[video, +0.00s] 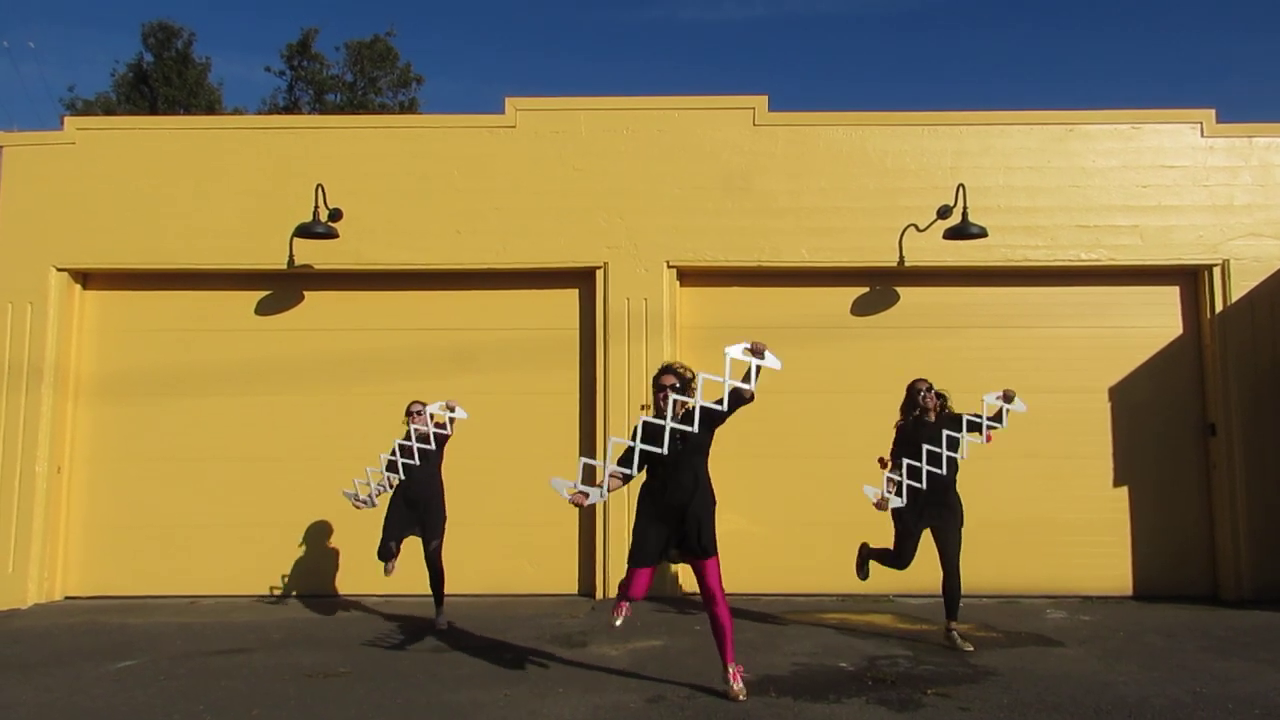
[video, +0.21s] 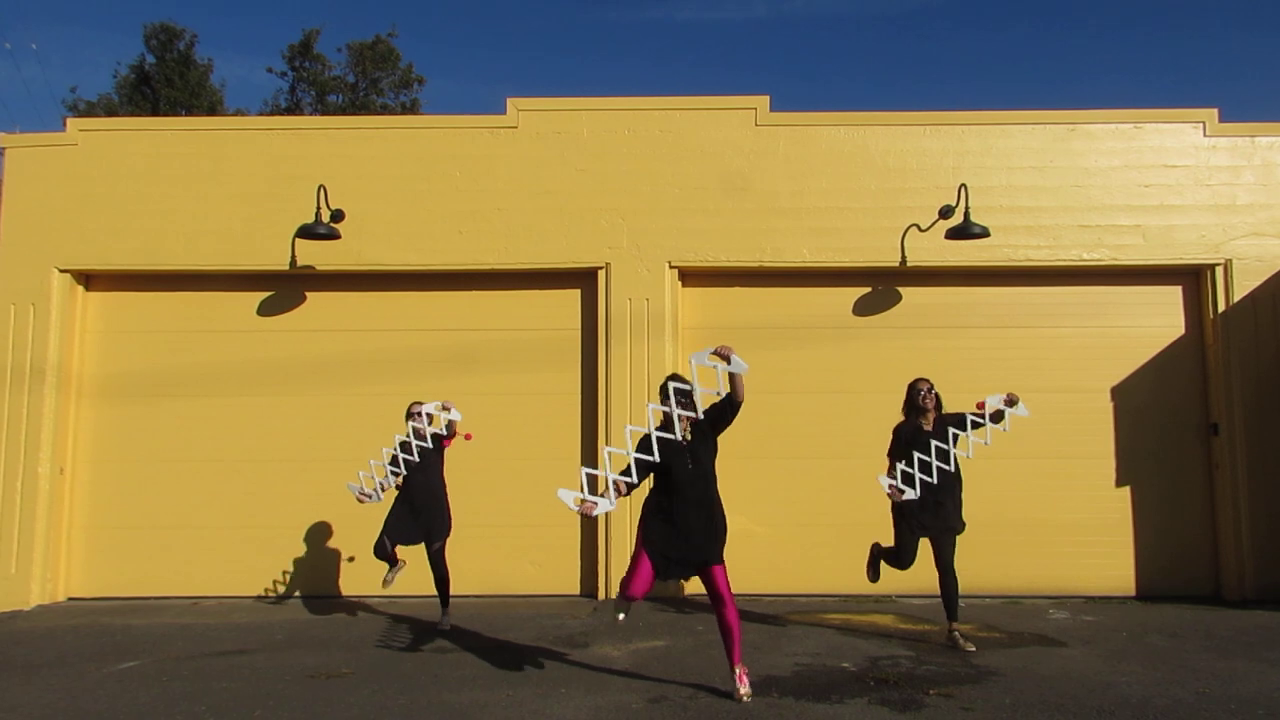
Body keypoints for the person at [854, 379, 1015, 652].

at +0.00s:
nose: (927, 394)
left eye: (930, 390)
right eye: (921, 392)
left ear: (936, 395)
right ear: (912, 400)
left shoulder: (951, 421)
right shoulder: (907, 428)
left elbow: (992, 423)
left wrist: (1006, 404)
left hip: (945, 504)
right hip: (912, 504)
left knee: (951, 567)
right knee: (901, 561)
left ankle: (951, 628)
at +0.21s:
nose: (927, 395)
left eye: (930, 390)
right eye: (920, 392)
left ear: (936, 396)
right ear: (911, 399)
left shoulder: (949, 422)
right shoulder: (904, 430)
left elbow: (985, 419)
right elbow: (893, 465)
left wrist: (1006, 406)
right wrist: (892, 486)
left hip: (943, 506)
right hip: (910, 506)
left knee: (946, 566)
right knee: (904, 561)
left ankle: (953, 629)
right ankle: (877, 552)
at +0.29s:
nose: (925, 397)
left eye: (929, 393)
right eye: (919, 394)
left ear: (935, 398)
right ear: (909, 400)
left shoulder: (947, 423)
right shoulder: (900, 428)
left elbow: (980, 436)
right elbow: (890, 467)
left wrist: (985, 433)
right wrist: (906, 473)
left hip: (942, 502)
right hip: (907, 503)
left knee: (949, 565)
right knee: (902, 562)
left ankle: (959, 624)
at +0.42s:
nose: (922, 410)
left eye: (926, 406)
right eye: (916, 406)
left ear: (933, 410)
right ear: (908, 410)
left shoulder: (942, 441)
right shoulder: (899, 439)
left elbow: (956, 482)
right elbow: (887, 478)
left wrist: (955, 470)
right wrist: (904, 463)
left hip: (937, 513)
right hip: (904, 513)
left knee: (947, 573)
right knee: (903, 573)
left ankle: (963, 629)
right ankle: (888, 629)